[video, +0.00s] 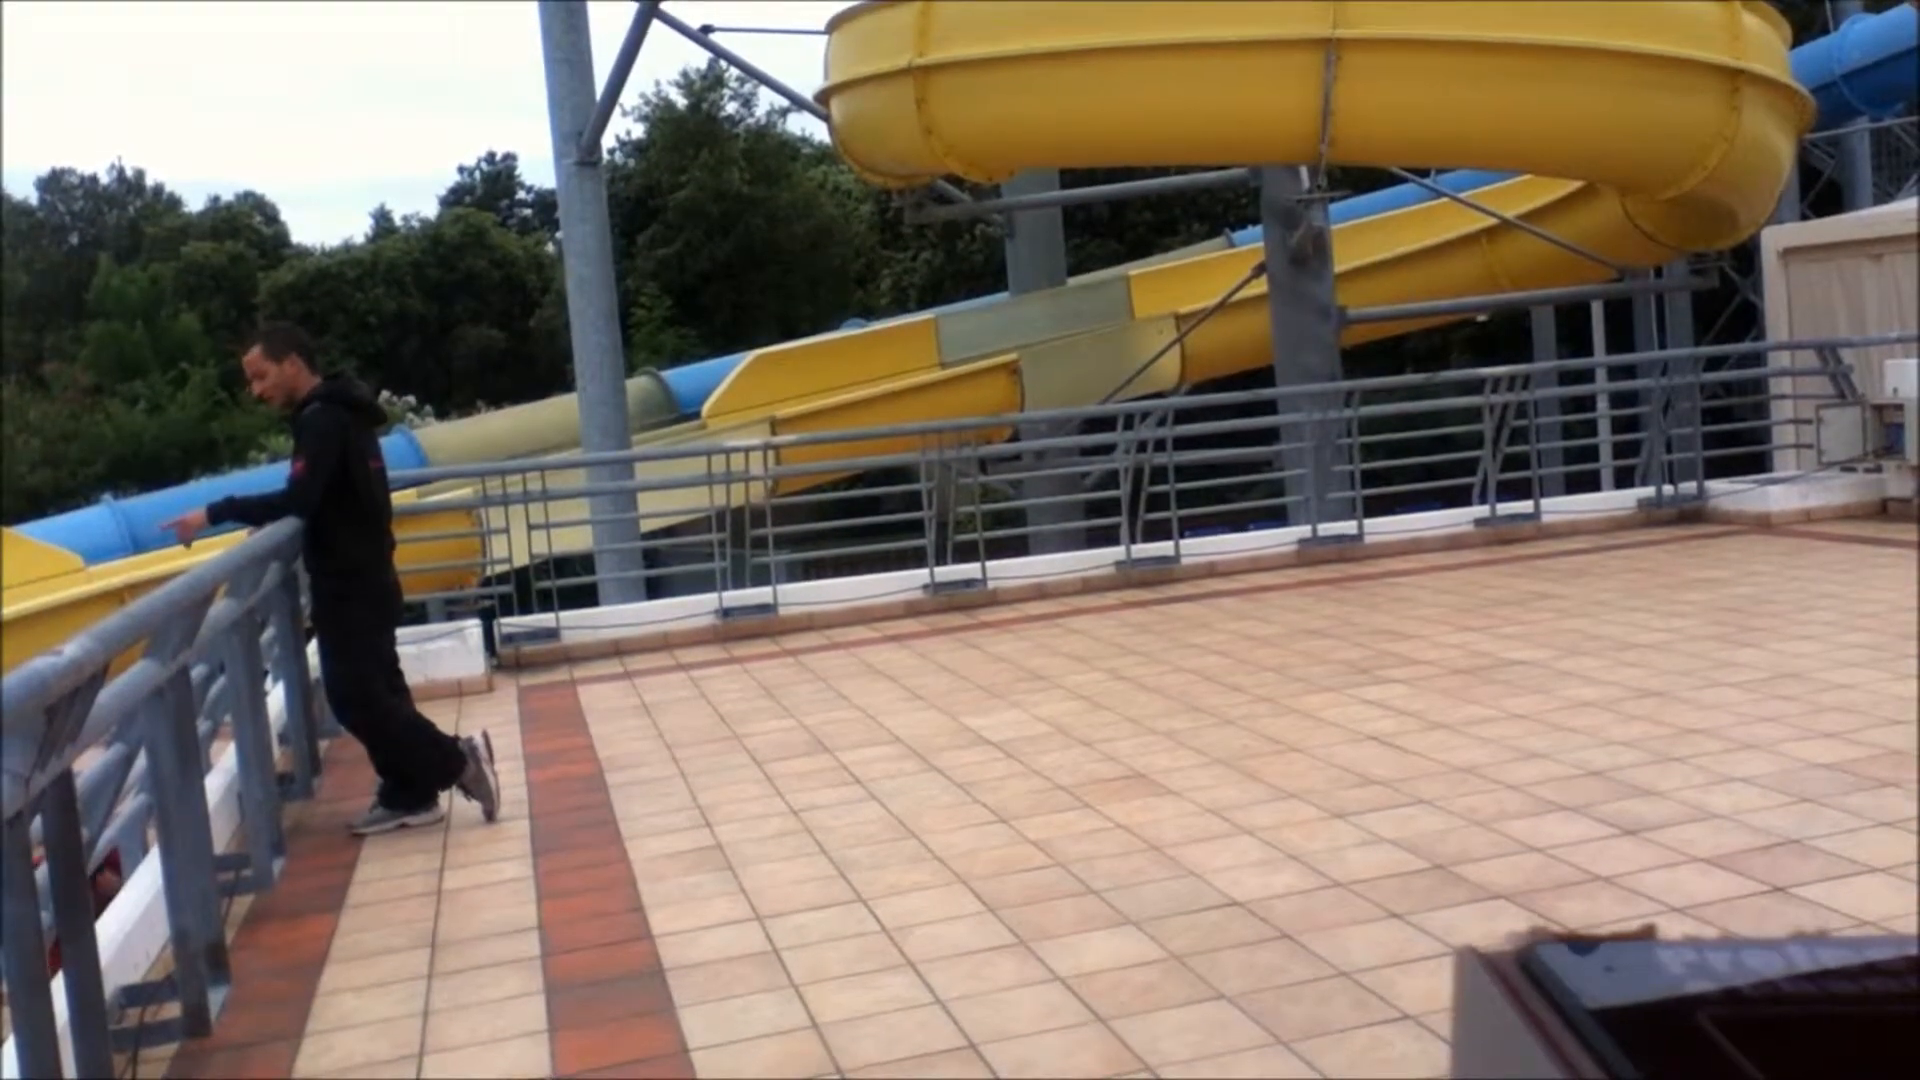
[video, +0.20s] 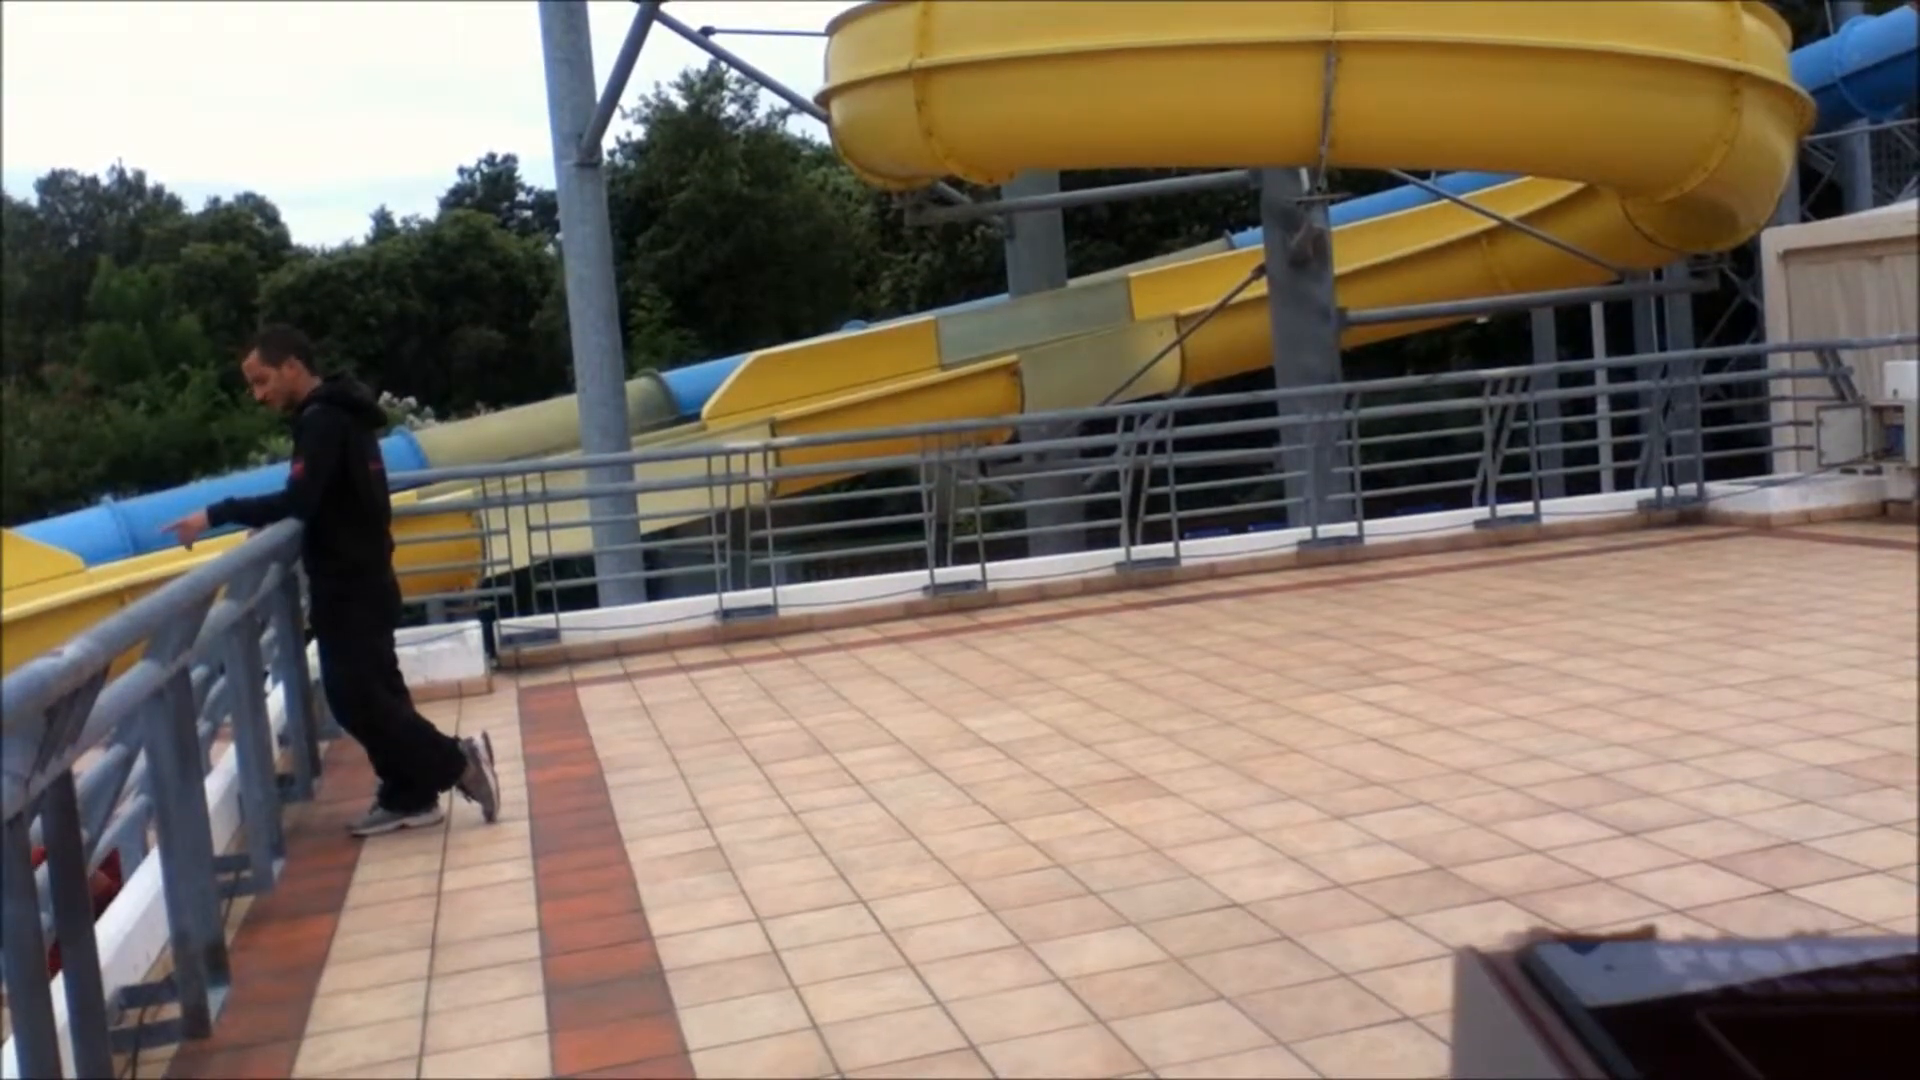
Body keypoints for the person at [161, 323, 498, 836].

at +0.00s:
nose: (256, 391)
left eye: (259, 377)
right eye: (251, 381)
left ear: (292, 365)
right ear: (294, 370)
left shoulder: (320, 419)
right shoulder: (341, 409)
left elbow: (299, 502)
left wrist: (216, 513)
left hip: (349, 586)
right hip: (367, 580)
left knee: (351, 698)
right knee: (379, 687)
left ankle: (455, 762)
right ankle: (408, 797)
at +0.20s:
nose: (257, 396)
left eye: (260, 381)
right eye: (252, 386)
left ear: (292, 368)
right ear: (295, 372)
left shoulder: (320, 420)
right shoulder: (340, 410)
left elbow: (299, 503)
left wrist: (217, 514)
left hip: (348, 587)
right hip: (365, 581)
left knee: (351, 699)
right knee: (377, 687)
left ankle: (454, 763)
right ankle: (407, 798)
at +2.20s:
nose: (259, 400)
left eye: (259, 385)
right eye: (253, 389)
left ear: (289, 369)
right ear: (293, 373)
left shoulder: (321, 421)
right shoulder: (341, 412)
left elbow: (307, 499)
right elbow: (322, 497)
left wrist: (255, 514)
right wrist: (271, 512)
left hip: (346, 588)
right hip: (362, 583)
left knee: (349, 699)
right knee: (375, 689)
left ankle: (453, 763)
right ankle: (407, 798)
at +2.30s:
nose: (258, 400)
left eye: (258, 386)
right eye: (253, 390)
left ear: (288, 369)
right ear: (292, 373)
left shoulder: (322, 422)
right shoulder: (341, 413)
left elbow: (306, 501)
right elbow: (322, 499)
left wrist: (255, 515)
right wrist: (271, 513)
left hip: (347, 588)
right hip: (363, 583)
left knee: (349, 700)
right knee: (375, 690)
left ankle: (454, 764)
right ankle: (407, 800)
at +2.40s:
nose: (257, 401)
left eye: (258, 386)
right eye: (252, 391)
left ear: (289, 371)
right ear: (293, 375)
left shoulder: (321, 423)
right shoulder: (339, 414)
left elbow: (307, 502)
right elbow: (320, 500)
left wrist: (255, 518)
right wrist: (269, 517)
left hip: (348, 591)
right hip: (363, 586)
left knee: (351, 703)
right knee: (377, 692)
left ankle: (455, 764)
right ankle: (407, 802)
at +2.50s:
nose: (257, 403)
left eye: (258, 388)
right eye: (252, 393)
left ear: (289, 373)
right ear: (294, 377)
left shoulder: (322, 426)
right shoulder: (340, 416)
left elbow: (307, 504)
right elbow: (321, 502)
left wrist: (255, 520)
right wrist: (270, 519)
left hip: (348, 592)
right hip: (364, 587)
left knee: (351, 705)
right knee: (377, 693)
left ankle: (455, 766)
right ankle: (407, 804)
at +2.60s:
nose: (257, 402)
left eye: (258, 388)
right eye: (251, 393)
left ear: (288, 372)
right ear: (293, 376)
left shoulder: (321, 425)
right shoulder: (339, 416)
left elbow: (307, 503)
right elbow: (322, 502)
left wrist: (255, 519)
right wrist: (270, 518)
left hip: (348, 592)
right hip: (363, 587)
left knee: (351, 705)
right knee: (377, 693)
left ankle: (455, 766)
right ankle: (407, 803)